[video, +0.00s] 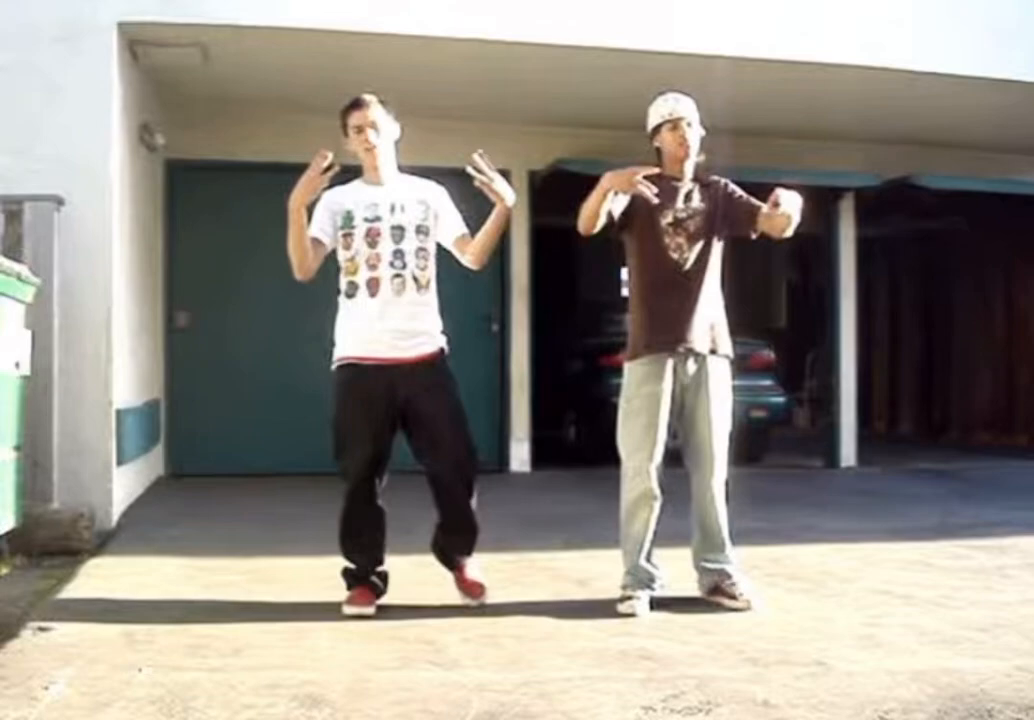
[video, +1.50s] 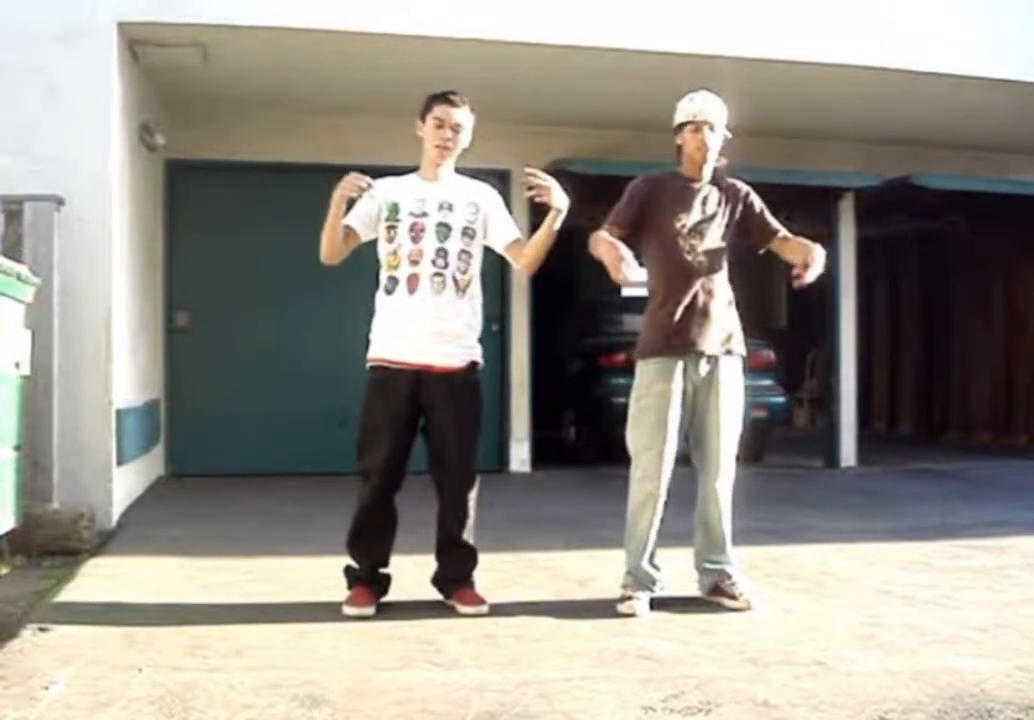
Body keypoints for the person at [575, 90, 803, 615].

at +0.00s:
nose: (681, 134)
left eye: (687, 125)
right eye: (670, 127)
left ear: (700, 133)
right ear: (655, 138)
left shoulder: (718, 192)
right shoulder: (637, 192)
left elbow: (775, 227)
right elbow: (588, 226)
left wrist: (788, 204)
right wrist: (606, 186)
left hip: (708, 347)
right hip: (649, 349)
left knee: (710, 465)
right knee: (640, 468)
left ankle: (717, 572)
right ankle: (638, 580)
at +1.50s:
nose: (700, 136)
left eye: (709, 128)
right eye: (692, 127)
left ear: (724, 137)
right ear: (678, 134)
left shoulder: (736, 195)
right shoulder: (650, 189)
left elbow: (777, 238)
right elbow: (602, 239)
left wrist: (810, 251)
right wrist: (614, 257)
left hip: (722, 346)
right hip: (662, 344)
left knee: (719, 467)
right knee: (651, 467)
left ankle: (717, 572)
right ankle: (638, 580)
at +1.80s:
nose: (736, 181)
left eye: (735, 173)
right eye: (724, 174)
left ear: (730, 183)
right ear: (691, 183)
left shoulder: (733, 237)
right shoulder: (662, 242)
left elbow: (722, 297)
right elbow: (630, 310)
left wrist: (751, 340)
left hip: (712, 377)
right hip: (663, 379)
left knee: (745, 479)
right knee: (658, 482)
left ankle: (723, 573)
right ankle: (605, 585)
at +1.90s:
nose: (741, 158)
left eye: (738, 149)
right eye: (731, 150)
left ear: (705, 159)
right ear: (705, 158)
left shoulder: (711, 205)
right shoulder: (702, 197)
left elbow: (724, 270)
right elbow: (701, 252)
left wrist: (782, 250)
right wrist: (769, 244)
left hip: (713, 360)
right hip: (682, 364)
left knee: (783, 449)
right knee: (675, 478)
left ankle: (741, 559)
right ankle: (607, 584)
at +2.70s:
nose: (852, 200)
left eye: (854, 191)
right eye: (848, 190)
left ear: (822, 186)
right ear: (827, 183)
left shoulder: (795, 217)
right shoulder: (798, 201)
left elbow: (778, 264)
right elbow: (801, 230)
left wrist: (819, 275)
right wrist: (861, 243)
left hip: (744, 349)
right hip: (712, 338)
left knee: (780, 457)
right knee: (702, 457)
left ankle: (787, 571)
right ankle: (629, 570)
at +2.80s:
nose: (868, 255)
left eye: (870, 245)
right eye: (863, 243)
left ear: (849, 244)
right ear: (836, 239)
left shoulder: (817, 283)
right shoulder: (802, 269)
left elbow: (775, 328)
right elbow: (765, 321)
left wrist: (826, 336)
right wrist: (836, 325)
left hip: (733, 374)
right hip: (693, 368)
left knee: (784, 458)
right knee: (699, 477)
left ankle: (784, 574)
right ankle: (624, 579)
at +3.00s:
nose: (832, 241)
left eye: (841, 233)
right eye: (824, 230)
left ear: (851, 241)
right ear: (808, 230)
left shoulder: (813, 276)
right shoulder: (795, 260)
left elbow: (787, 320)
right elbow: (769, 289)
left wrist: (825, 351)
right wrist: (830, 330)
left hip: (740, 379)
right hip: (694, 373)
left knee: (790, 460)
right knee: (693, 476)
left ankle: (787, 572)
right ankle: (628, 582)